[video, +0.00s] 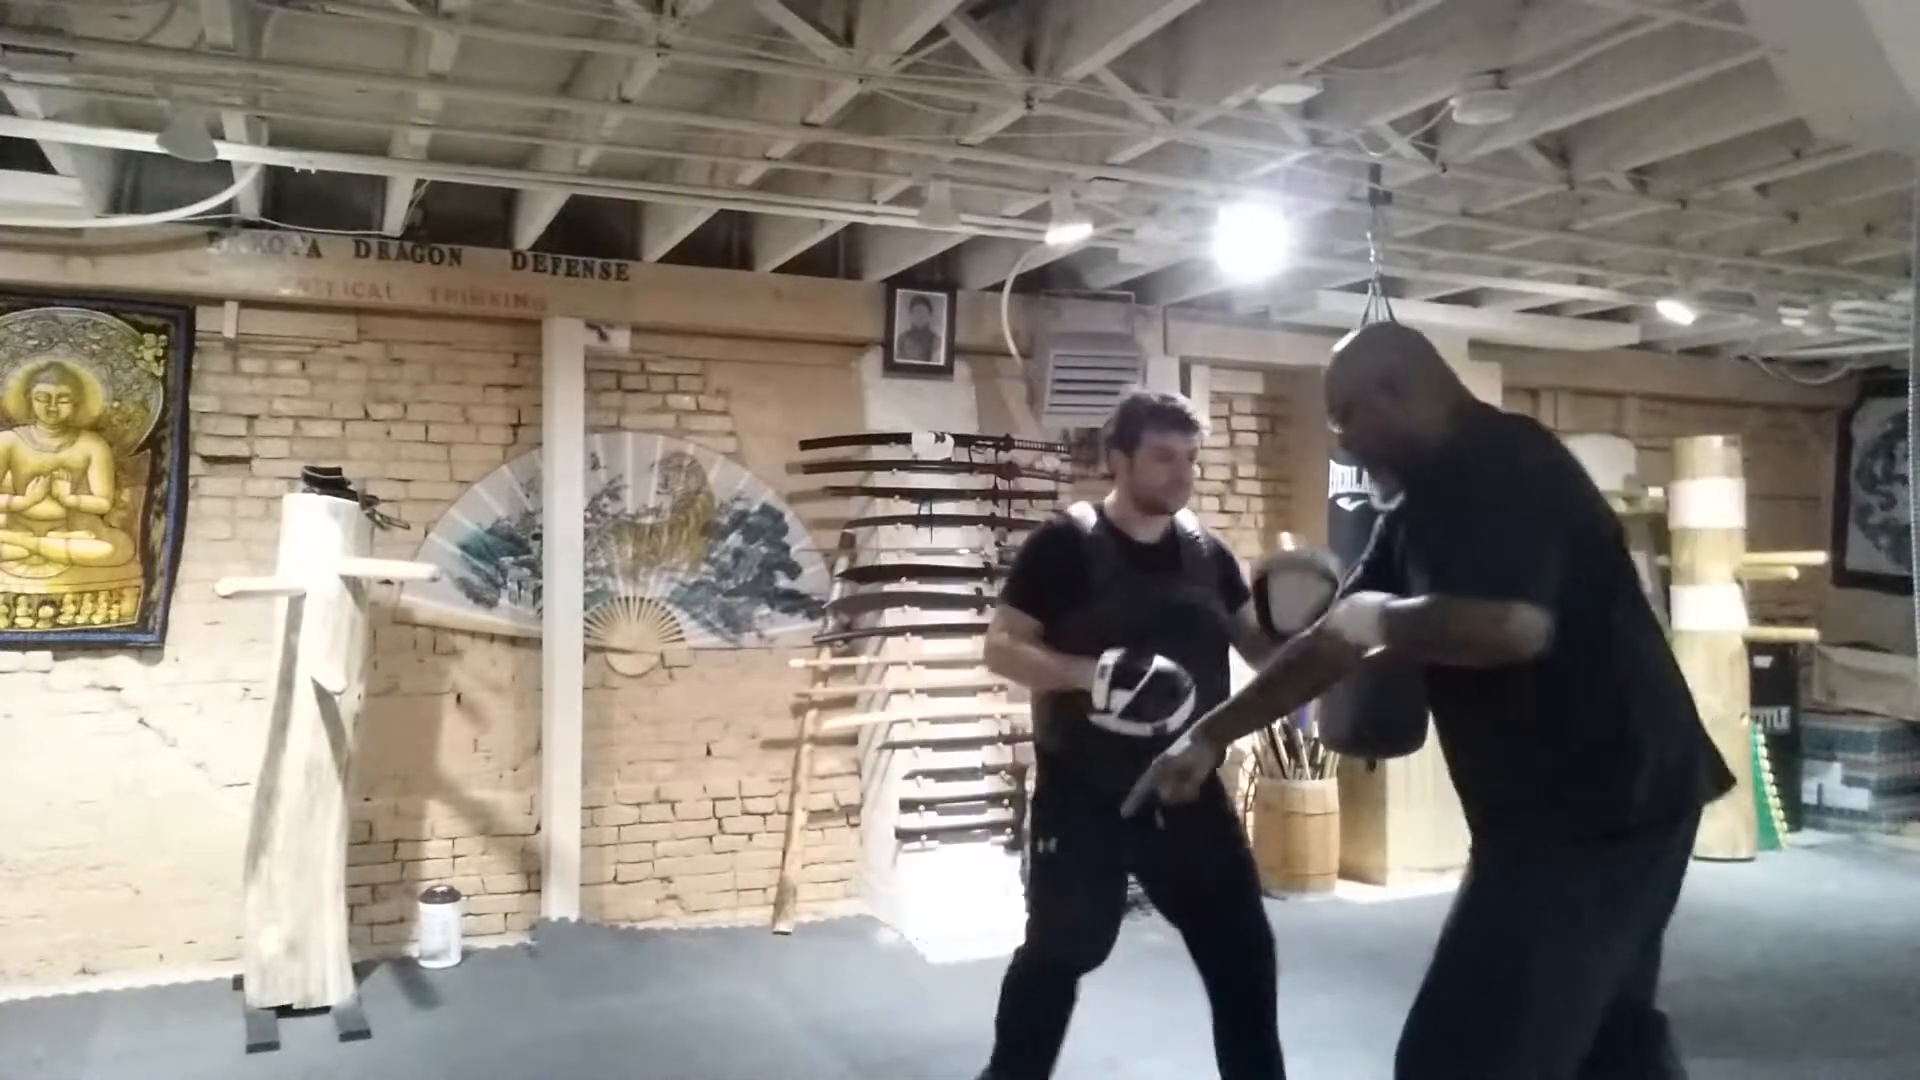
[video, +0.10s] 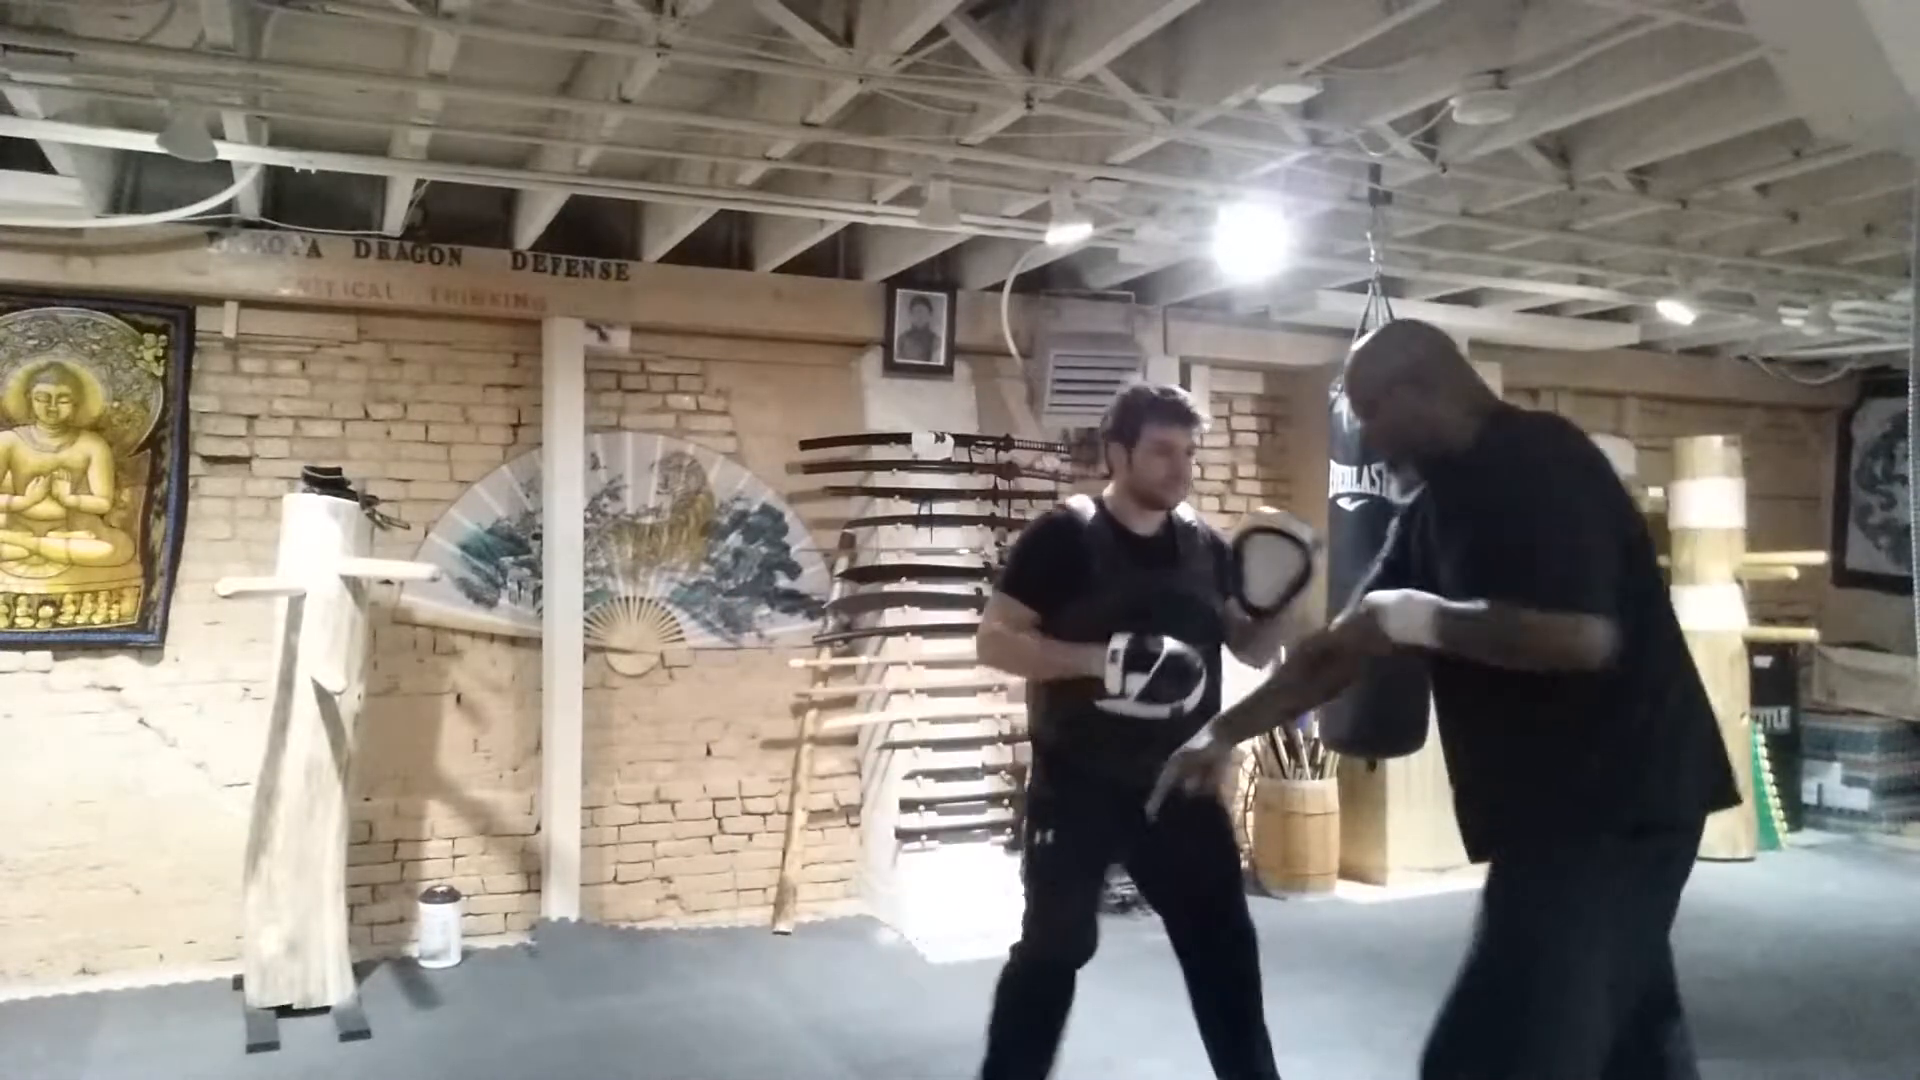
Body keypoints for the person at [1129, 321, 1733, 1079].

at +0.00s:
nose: (1341, 442)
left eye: (1344, 416)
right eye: (1336, 423)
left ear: (1396, 392)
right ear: (1397, 393)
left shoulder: (1500, 459)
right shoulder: (1426, 503)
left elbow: (1517, 624)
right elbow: (1343, 638)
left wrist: (1379, 620)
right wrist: (1208, 734)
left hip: (1592, 813)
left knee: (1451, 1060)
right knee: (1615, 1048)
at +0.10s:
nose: (1363, 436)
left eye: (1366, 411)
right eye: (1358, 417)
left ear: (1422, 387)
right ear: (1422, 388)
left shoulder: (1546, 455)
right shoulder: (1434, 510)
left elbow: (1589, 636)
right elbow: (1349, 647)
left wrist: (1422, 618)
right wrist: (1222, 734)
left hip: (1616, 813)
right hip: (1552, 817)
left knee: (1477, 1061)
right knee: (1639, 1055)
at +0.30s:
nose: (1402, 420)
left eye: (1411, 399)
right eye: (1399, 402)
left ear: (1473, 381)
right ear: (1466, 385)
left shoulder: (1604, 470)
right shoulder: (1467, 497)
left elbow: (1675, 646)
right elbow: (1383, 614)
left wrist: (1489, 631)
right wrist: (1266, 691)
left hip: (1627, 814)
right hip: (1553, 812)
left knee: (1527, 1049)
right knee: (1648, 1039)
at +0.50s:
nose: (1403, 421)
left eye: (1413, 397)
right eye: (1399, 402)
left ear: (1475, 380)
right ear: (1466, 388)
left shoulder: (1606, 472)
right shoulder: (1457, 495)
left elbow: (1681, 634)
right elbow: (1409, 612)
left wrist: (1497, 630)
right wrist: (1336, 684)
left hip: (1613, 807)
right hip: (1537, 806)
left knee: (1459, 1051)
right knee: (1624, 1036)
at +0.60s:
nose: (1382, 422)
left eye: (1391, 395)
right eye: (1377, 401)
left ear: (1456, 377)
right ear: (1451, 383)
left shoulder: (1582, 475)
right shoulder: (1434, 501)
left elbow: (1664, 639)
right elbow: (1425, 630)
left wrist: (1483, 641)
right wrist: (1383, 719)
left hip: (1598, 808)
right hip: (1518, 807)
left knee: (1457, 1043)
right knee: (1612, 1030)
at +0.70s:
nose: (1346, 431)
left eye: (1355, 408)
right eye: (1341, 412)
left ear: (1423, 386)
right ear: (1422, 390)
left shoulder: (1541, 480)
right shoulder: (1416, 507)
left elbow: (1624, 658)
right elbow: (1425, 654)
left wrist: (1449, 653)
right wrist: (1411, 760)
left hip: (1576, 801)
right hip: (1496, 801)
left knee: (1437, 1047)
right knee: (1583, 1033)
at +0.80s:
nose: (1326, 435)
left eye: (1333, 414)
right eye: (1320, 418)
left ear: (1391, 389)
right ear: (1391, 392)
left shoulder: (1508, 480)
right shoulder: (1406, 495)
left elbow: (1580, 663)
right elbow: (1428, 645)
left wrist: (1415, 659)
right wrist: (1404, 746)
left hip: (1571, 781)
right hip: (1493, 780)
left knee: (1432, 1034)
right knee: (1509, 1018)